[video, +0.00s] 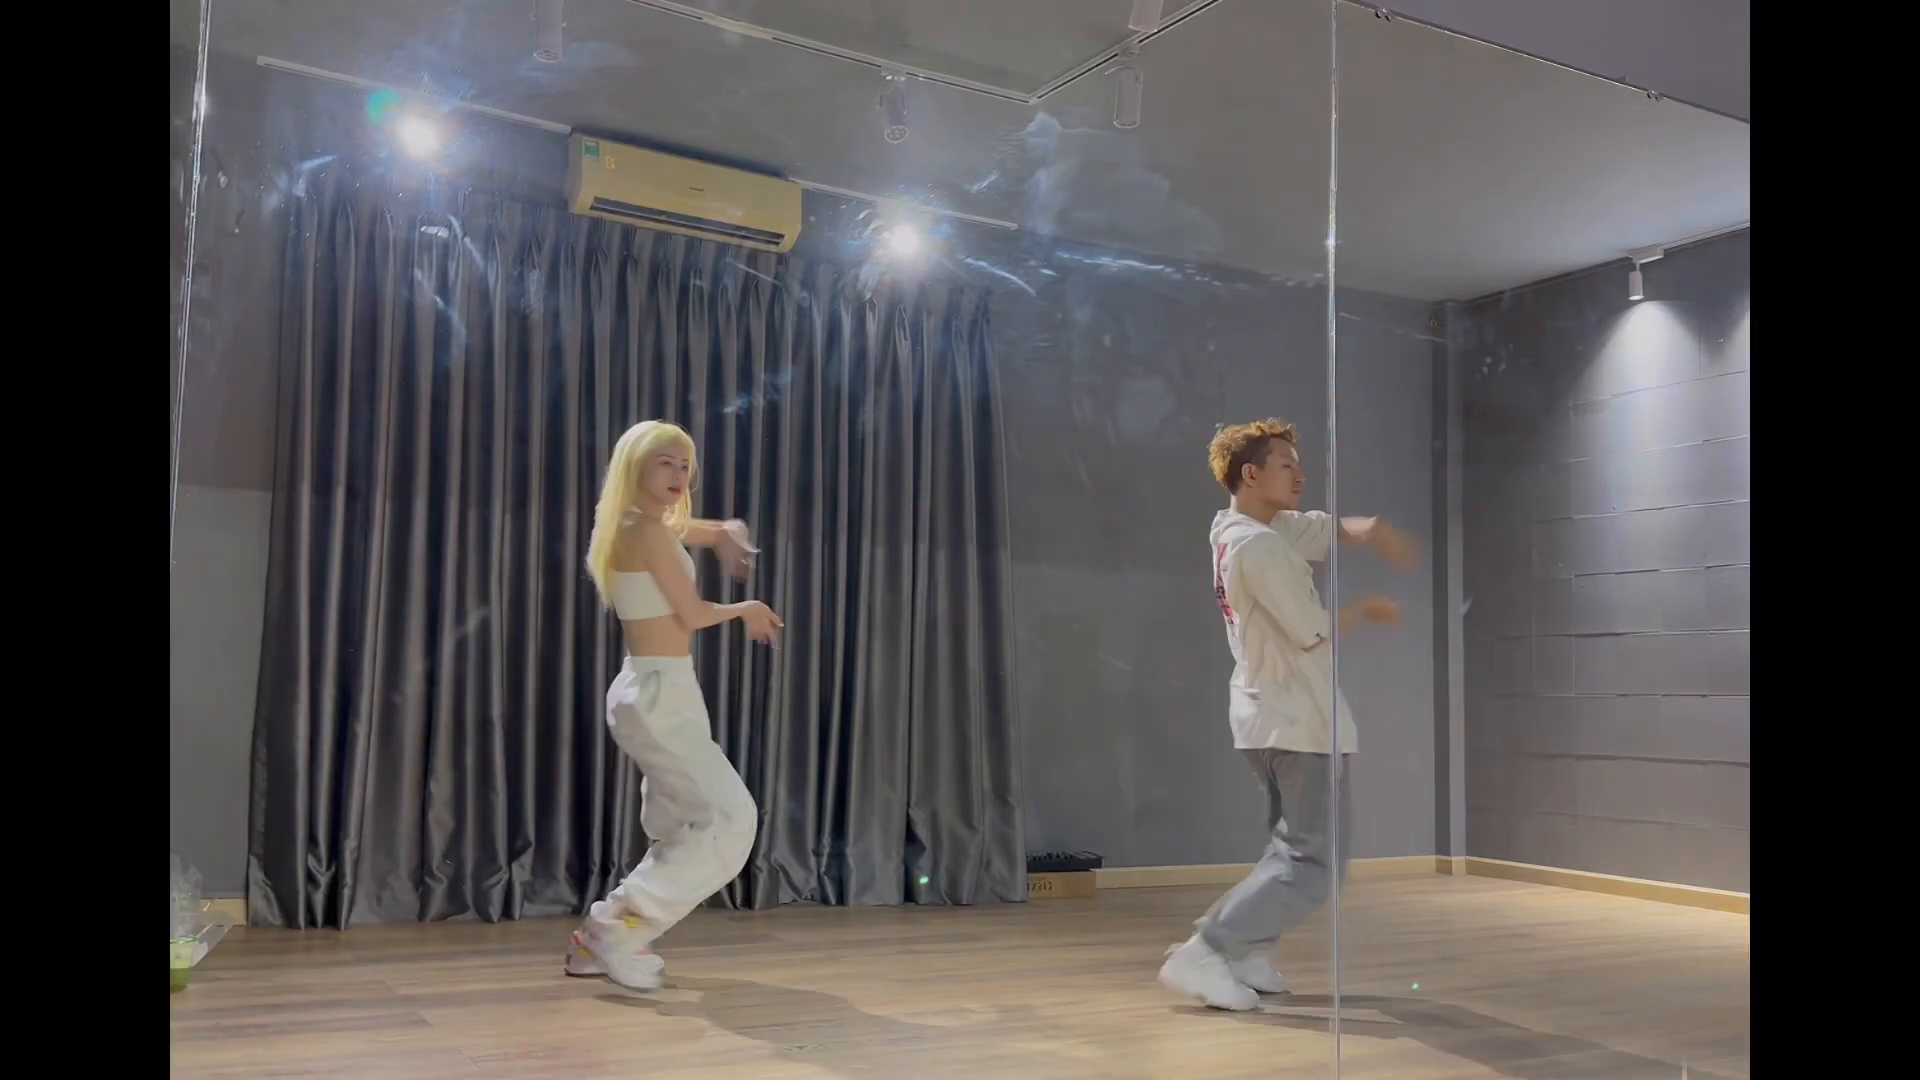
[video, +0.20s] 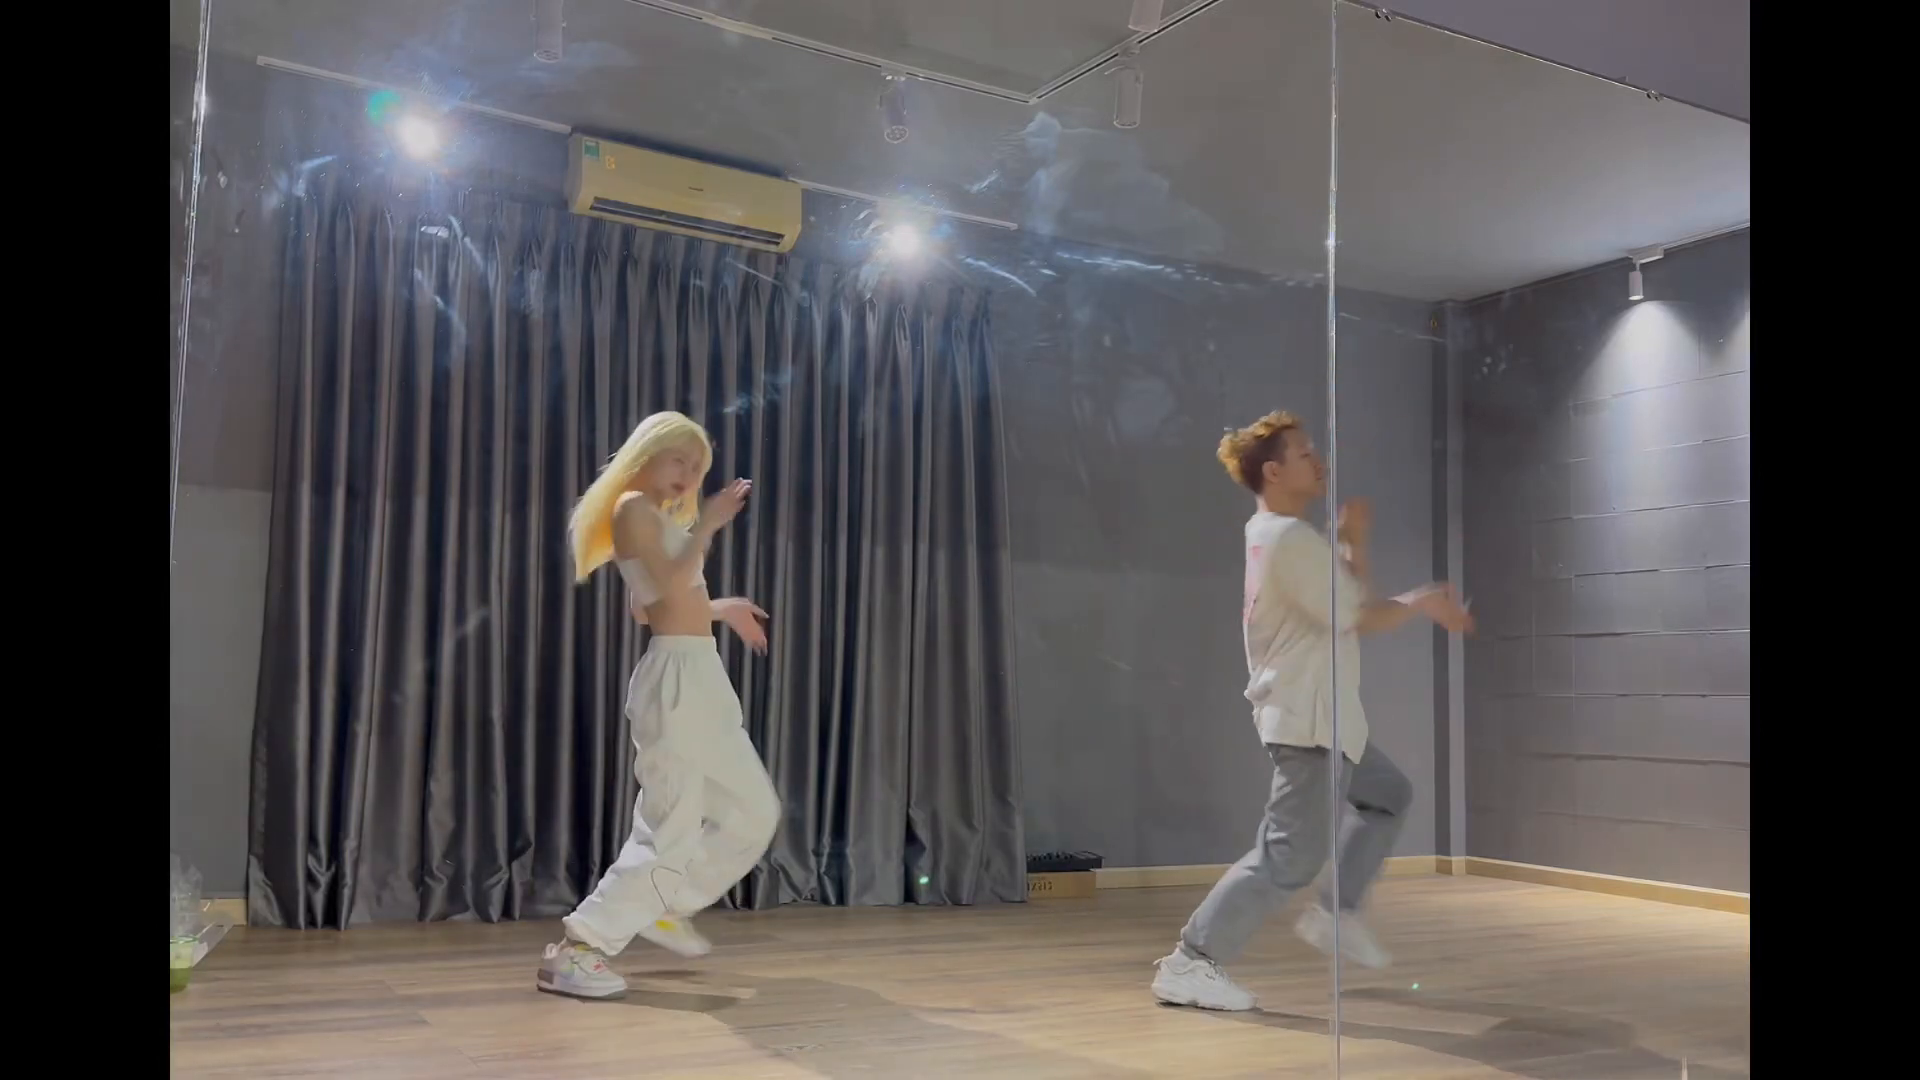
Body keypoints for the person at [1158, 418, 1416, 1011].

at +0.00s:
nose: (1299, 475)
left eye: (1298, 465)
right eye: (1288, 465)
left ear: (1255, 478)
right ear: (1250, 475)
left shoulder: (1236, 529)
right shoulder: (1261, 543)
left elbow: (1325, 529)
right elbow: (1311, 632)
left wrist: (1372, 531)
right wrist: (1363, 613)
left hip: (1266, 716)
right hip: (1296, 720)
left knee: (1292, 843)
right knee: (1315, 862)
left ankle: (1244, 953)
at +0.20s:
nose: (1320, 463)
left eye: (1315, 452)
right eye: (1306, 455)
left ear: (1275, 475)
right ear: (1272, 473)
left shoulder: (1273, 532)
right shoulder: (1292, 540)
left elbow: (1346, 597)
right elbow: (1358, 616)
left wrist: (1355, 542)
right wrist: (1421, 605)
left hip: (1307, 715)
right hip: (1307, 721)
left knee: (1390, 794)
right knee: (1288, 856)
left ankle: (1336, 910)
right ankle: (1190, 961)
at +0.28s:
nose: (1356, 449)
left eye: (1349, 440)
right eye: (1340, 444)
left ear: (1311, 468)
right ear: (1309, 464)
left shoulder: (1308, 525)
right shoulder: (1335, 526)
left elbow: (1341, 620)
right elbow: (1400, 589)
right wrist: (1415, 549)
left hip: (1330, 706)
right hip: (1305, 706)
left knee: (1388, 815)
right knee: (1275, 837)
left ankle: (1412, 944)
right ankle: (1188, 960)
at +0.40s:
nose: (1428, 454)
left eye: (1422, 445)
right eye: (1411, 449)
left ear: (1388, 477)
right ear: (1377, 474)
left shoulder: (1370, 532)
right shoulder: (1386, 531)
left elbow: (1334, 609)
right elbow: (1475, 575)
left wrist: (1395, 629)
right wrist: (1530, 566)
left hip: (1341, 707)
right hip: (1301, 693)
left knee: (1389, 827)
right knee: (1254, 824)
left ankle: (1428, 952)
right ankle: (1187, 954)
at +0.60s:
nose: (1485, 467)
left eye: (1483, 457)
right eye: (1471, 457)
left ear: (1462, 473)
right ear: (1431, 469)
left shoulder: (1467, 568)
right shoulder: (1394, 519)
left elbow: (1443, 648)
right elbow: (1433, 534)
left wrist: (1406, 635)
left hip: (1360, 701)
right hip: (1305, 675)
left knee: (1389, 824)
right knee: (1254, 811)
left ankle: (1426, 951)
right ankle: (1208, 945)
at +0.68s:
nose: (1476, 464)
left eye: (1478, 455)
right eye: (1462, 454)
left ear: (1472, 467)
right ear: (1420, 461)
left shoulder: (1468, 557)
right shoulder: (1376, 513)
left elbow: (1455, 636)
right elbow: (1330, 518)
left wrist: (1397, 634)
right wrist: (1315, 500)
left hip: (1371, 705)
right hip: (1308, 682)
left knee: (1389, 825)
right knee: (1260, 813)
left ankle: (1426, 950)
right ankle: (1221, 951)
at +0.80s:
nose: (1424, 458)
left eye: (1429, 448)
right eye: (1409, 448)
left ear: (1432, 454)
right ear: (1370, 453)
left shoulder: (1447, 529)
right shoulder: (1323, 512)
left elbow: (1478, 609)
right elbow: (1235, 504)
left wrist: (1408, 629)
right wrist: (1176, 531)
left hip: (1391, 700)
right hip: (1314, 689)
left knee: (1411, 815)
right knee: (1280, 812)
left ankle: (1433, 947)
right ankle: (1237, 949)